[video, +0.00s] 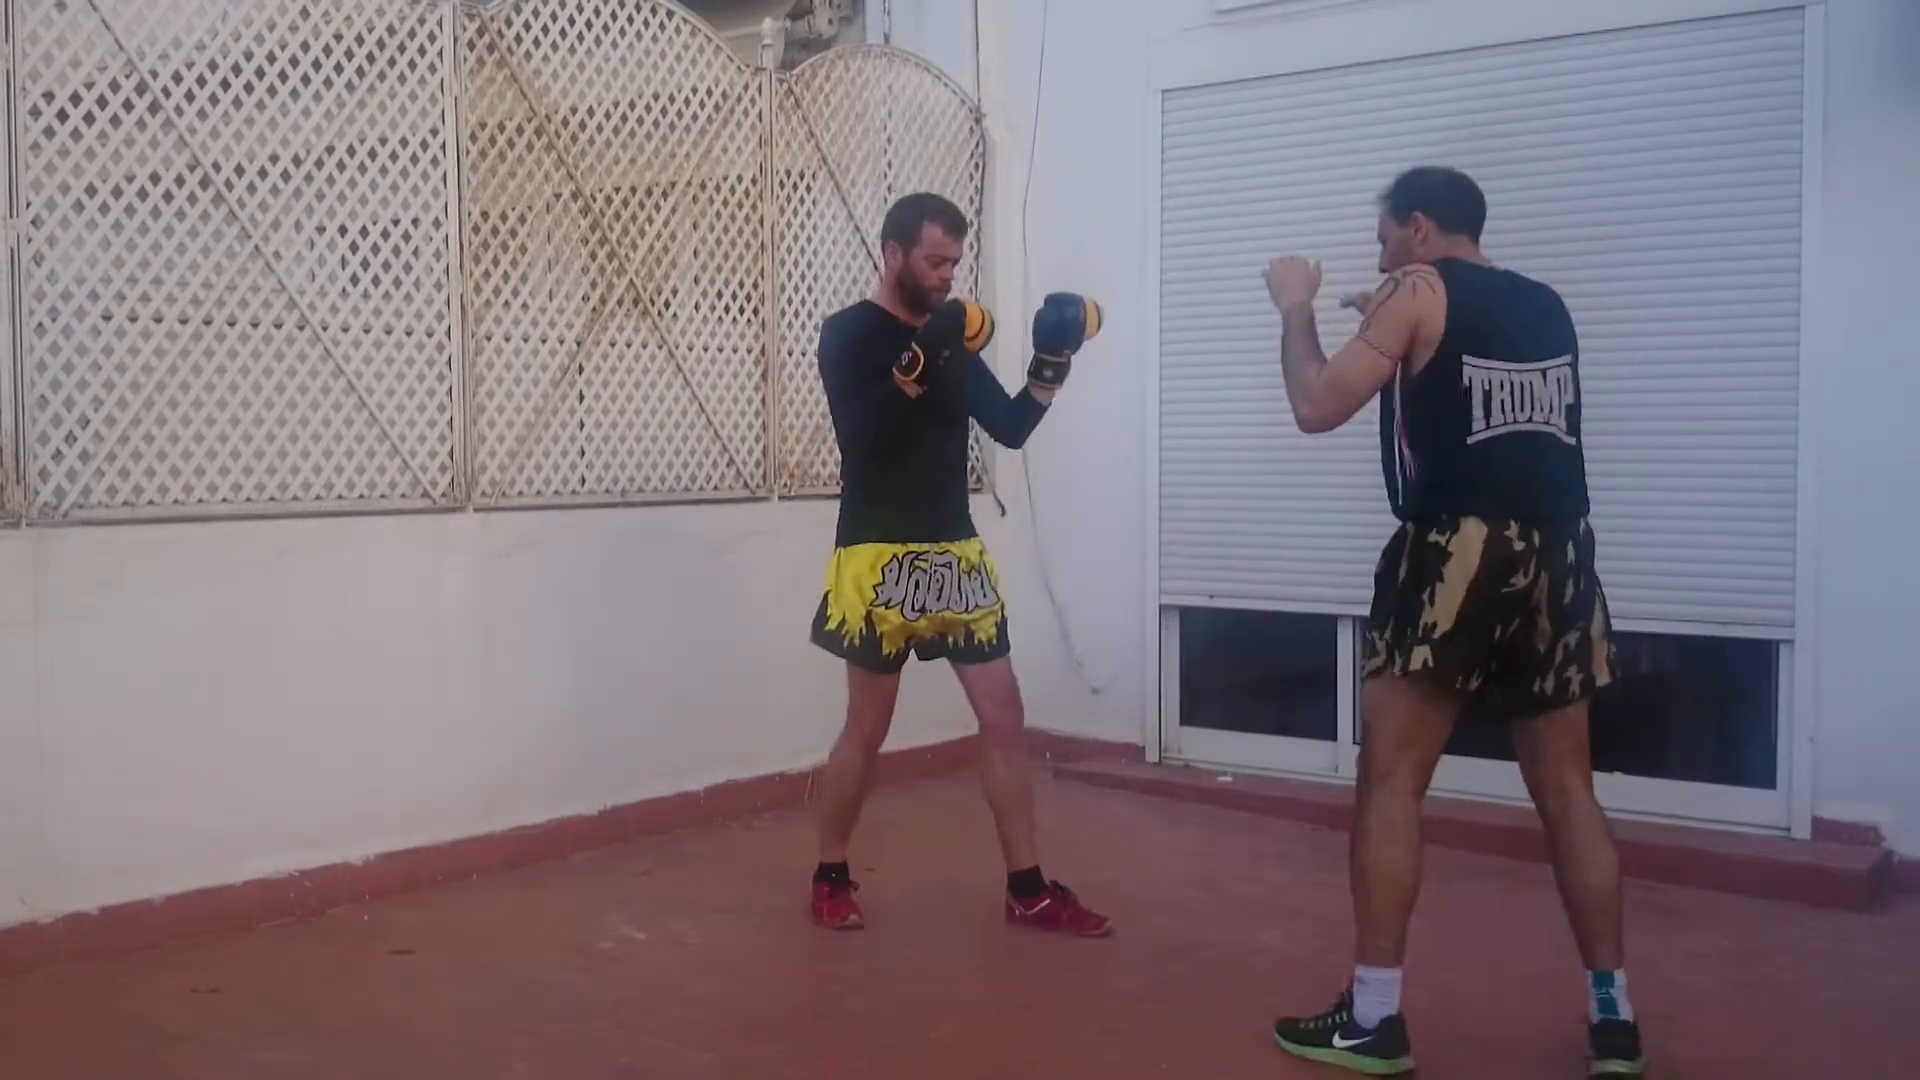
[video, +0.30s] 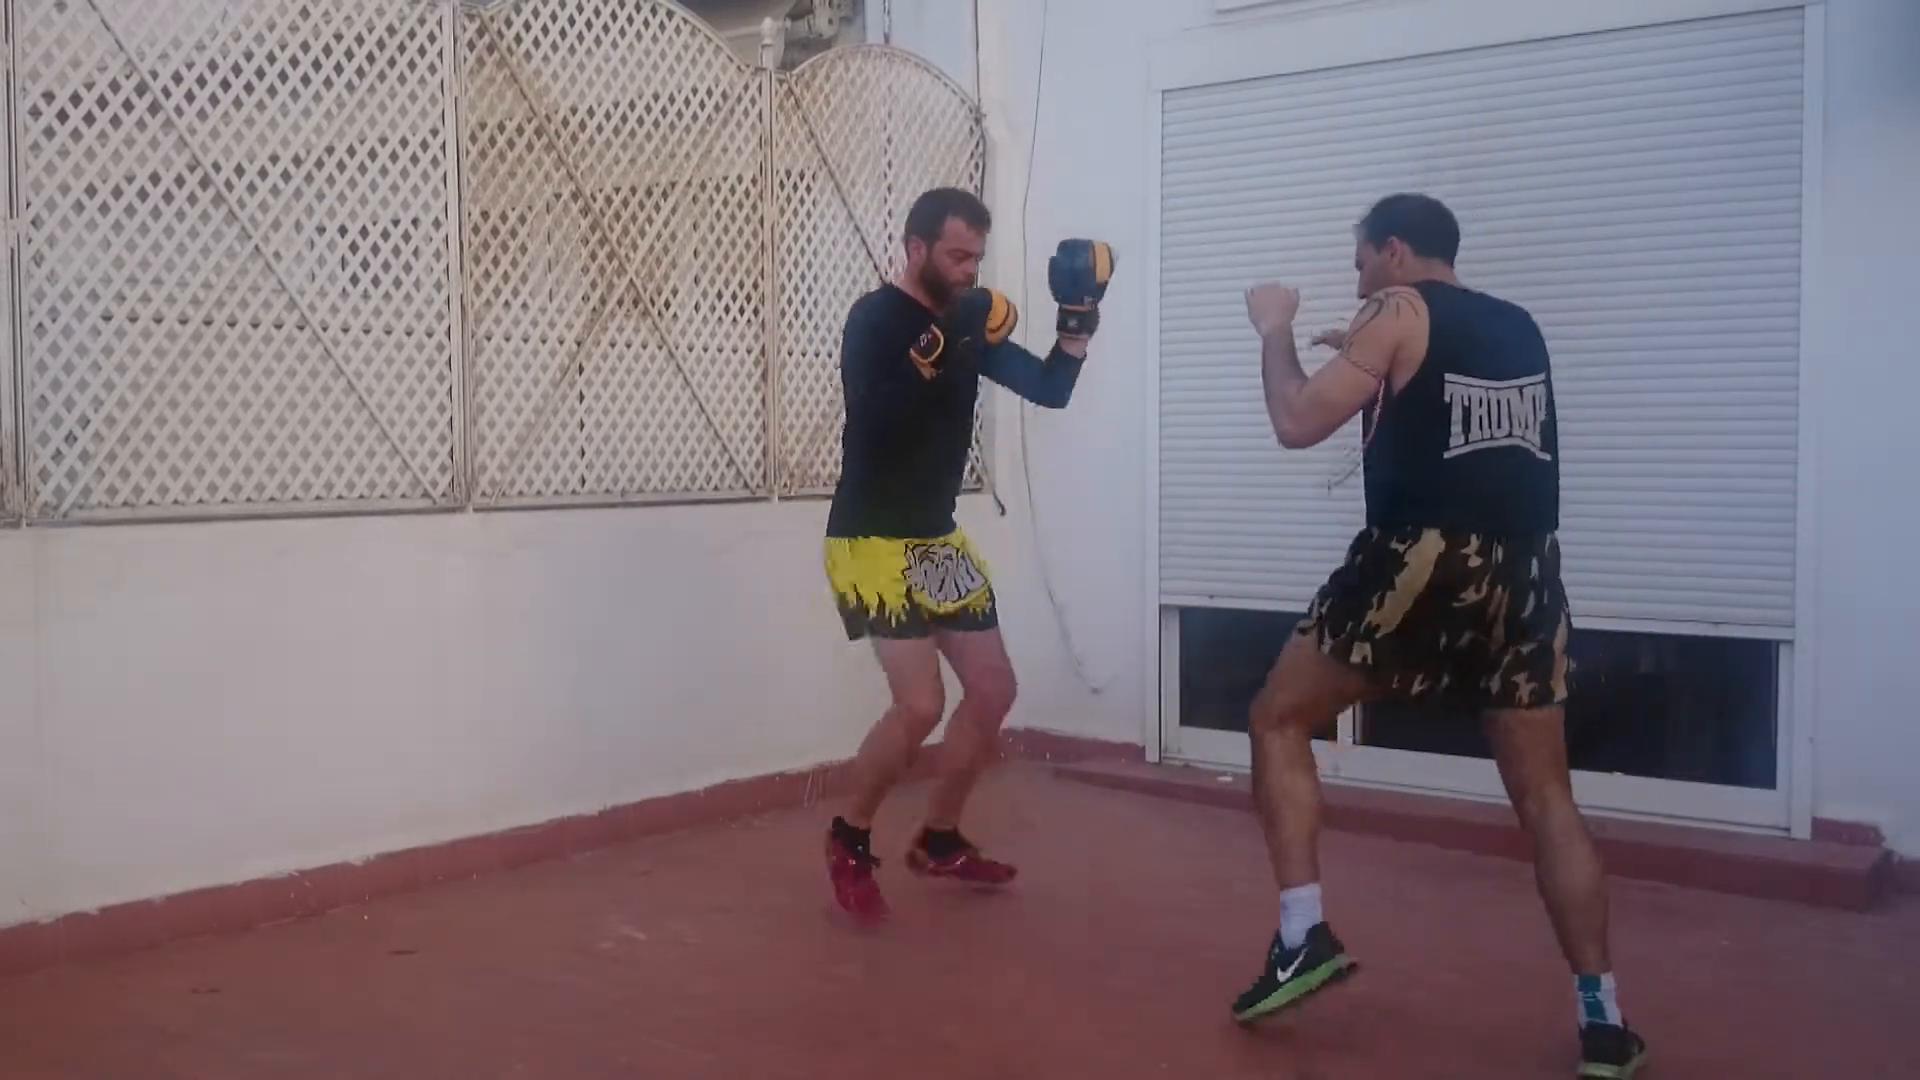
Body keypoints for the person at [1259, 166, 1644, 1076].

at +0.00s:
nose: (1386, 257)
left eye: (1387, 241)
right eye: (1383, 244)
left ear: (1417, 228)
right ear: (1472, 229)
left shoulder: (1417, 296)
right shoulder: (1545, 304)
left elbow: (1317, 405)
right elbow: (1480, 370)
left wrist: (1294, 311)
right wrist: (1397, 318)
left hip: (1453, 562)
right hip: (1559, 568)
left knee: (1392, 781)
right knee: (1568, 789)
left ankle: (1372, 1016)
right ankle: (1614, 1015)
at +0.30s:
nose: (1361, 284)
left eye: (1362, 270)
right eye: (1359, 273)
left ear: (1394, 252)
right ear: (1443, 252)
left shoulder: (1399, 314)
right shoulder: (1516, 324)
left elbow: (1296, 422)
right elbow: (1459, 403)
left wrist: (1274, 335)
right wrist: (1371, 358)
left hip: (1416, 565)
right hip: (1527, 580)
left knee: (1279, 719)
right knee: (1548, 797)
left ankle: (1301, 935)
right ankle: (1603, 1017)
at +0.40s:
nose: (1341, 309)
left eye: (1342, 295)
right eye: (1341, 297)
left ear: (1366, 283)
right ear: (1419, 284)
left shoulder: (1370, 338)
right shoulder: (1492, 348)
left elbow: (1264, 436)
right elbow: (1441, 421)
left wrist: (1252, 349)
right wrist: (1355, 370)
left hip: (1394, 580)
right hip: (1503, 590)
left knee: (1248, 722)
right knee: (1532, 807)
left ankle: (1194, 931)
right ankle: (1602, 1018)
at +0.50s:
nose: (1289, 360)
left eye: (1292, 348)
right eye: (1289, 350)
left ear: (1315, 342)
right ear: (1371, 341)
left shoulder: (1305, 388)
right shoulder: (1444, 386)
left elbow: (1197, 483)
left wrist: (1219, 414)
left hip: (1353, 604)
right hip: (1471, 611)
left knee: (1222, 753)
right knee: (1523, 810)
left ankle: (1111, 912)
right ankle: (1599, 1016)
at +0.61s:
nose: (1217, 420)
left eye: (1219, 411)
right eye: (1221, 413)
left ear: (1234, 408)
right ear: (1296, 396)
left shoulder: (1222, 450)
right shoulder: (1366, 408)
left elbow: (1123, 551)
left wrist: (1172, 496)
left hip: (1291, 615)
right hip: (1406, 609)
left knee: (1202, 774)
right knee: (1508, 805)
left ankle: (1095, 934)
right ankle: (1597, 1014)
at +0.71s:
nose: (1160, 459)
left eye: (1160, 447)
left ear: (1166, 447)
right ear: (1223, 420)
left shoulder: (1156, 488)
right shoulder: (1286, 423)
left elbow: (1090, 598)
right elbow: (1363, 508)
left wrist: (1113, 603)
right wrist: (1295, 464)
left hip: (1231, 601)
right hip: (1344, 585)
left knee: (1159, 758)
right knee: (1465, 791)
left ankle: (1088, 933)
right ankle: (1569, 999)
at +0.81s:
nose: (1136, 453)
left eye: (1135, 447)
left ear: (1144, 441)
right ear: (1197, 404)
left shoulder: (1139, 485)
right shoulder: (1260, 406)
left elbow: (1104, 626)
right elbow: (1339, 492)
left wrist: (1138, 645)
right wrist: (1262, 481)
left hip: (1204, 582)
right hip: (1312, 561)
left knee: (1159, 750)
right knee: (1425, 765)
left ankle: (1091, 931)